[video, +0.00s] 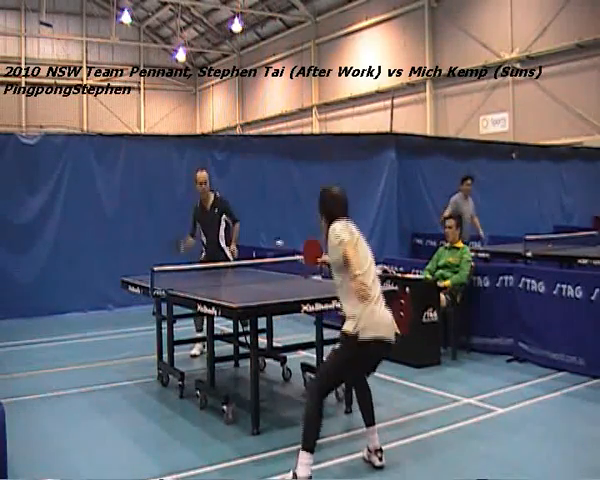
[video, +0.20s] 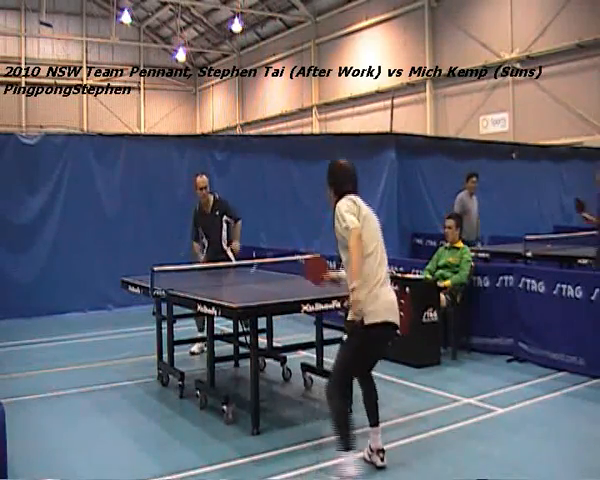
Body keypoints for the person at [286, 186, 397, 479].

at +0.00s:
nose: (318, 213)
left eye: (319, 208)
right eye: (321, 207)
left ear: (323, 211)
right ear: (345, 208)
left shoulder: (337, 230)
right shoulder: (356, 232)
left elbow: (348, 256)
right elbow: (347, 262)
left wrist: (359, 282)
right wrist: (324, 261)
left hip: (361, 332)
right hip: (384, 333)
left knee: (316, 389)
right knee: (358, 379)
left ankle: (302, 468)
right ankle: (375, 449)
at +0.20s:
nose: (326, 192)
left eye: (327, 187)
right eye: (328, 187)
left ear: (332, 187)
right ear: (354, 184)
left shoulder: (344, 206)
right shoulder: (365, 210)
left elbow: (356, 237)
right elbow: (370, 266)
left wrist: (353, 289)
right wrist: (336, 274)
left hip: (367, 316)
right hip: (387, 314)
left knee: (336, 384)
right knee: (364, 373)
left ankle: (346, 459)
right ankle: (376, 446)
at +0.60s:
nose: (336, 188)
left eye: (336, 182)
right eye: (341, 180)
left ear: (339, 185)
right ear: (363, 183)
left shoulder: (348, 214)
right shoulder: (379, 215)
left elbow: (332, 264)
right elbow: (384, 267)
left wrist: (317, 322)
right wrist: (358, 308)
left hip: (371, 322)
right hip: (399, 320)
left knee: (340, 393)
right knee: (384, 379)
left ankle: (369, 466)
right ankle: (407, 450)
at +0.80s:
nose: (324, 199)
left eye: (324, 194)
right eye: (328, 192)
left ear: (327, 195)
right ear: (351, 192)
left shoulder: (340, 222)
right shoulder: (365, 222)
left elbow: (318, 275)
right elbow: (351, 273)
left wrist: (299, 321)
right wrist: (319, 283)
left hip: (365, 332)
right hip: (391, 330)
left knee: (323, 392)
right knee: (375, 375)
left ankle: (335, 465)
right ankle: (400, 440)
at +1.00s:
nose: (302, 233)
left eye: (303, 229)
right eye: (304, 228)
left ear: (307, 231)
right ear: (330, 228)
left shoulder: (319, 256)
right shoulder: (344, 253)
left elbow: (279, 274)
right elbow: (294, 268)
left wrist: (253, 269)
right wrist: (266, 269)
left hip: (363, 356)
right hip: (384, 351)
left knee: (311, 402)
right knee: (349, 381)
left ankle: (331, 472)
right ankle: (353, 434)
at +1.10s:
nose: (299, 235)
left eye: (300, 231)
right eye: (301, 230)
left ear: (304, 232)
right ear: (325, 228)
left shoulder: (317, 255)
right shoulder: (333, 252)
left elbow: (274, 281)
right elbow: (299, 273)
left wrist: (243, 295)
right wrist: (276, 276)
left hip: (355, 357)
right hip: (372, 353)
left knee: (306, 407)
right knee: (343, 387)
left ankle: (330, 472)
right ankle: (352, 436)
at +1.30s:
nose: (288, 231)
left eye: (287, 226)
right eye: (289, 226)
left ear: (291, 225)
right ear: (313, 218)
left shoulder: (304, 237)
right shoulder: (328, 239)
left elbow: (308, 248)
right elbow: (323, 228)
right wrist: (319, 209)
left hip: (328, 342)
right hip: (352, 338)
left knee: (284, 393)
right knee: (331, 376)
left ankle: (310, 459)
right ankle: (351, 435)